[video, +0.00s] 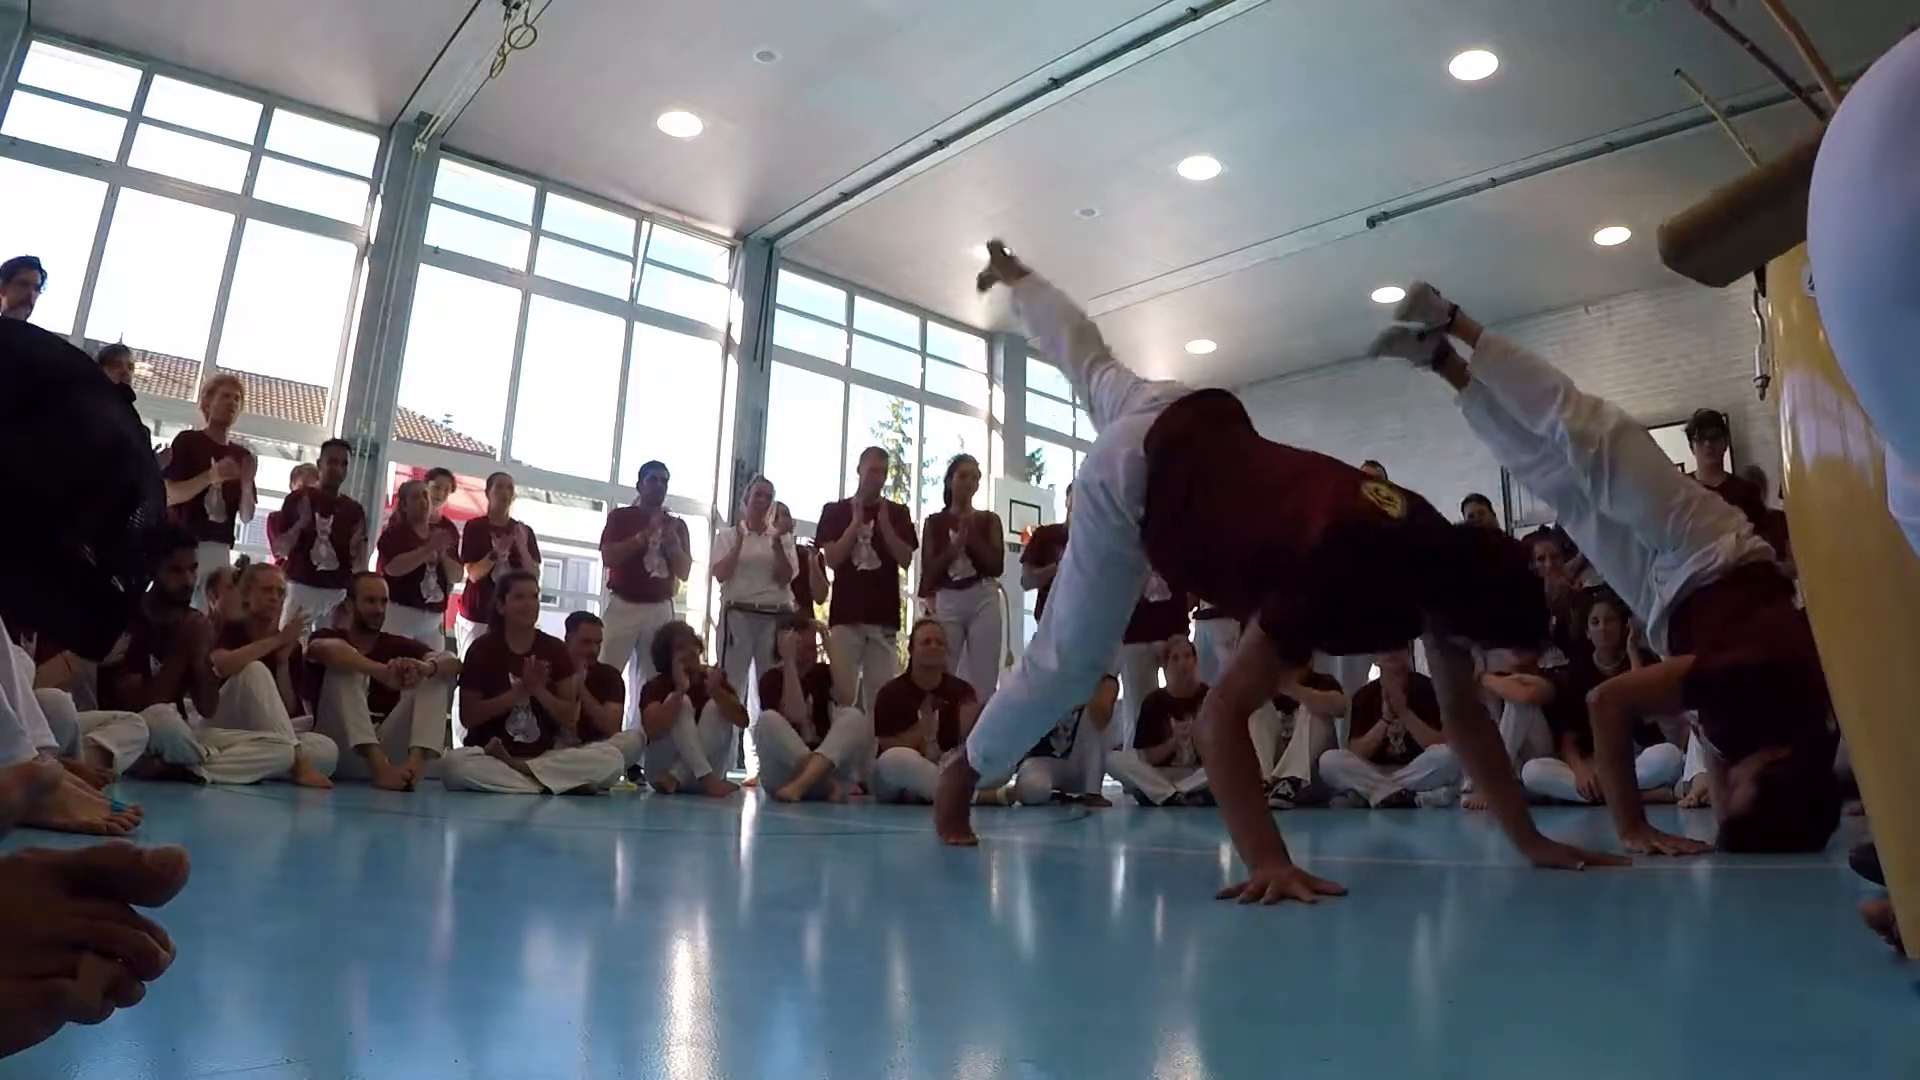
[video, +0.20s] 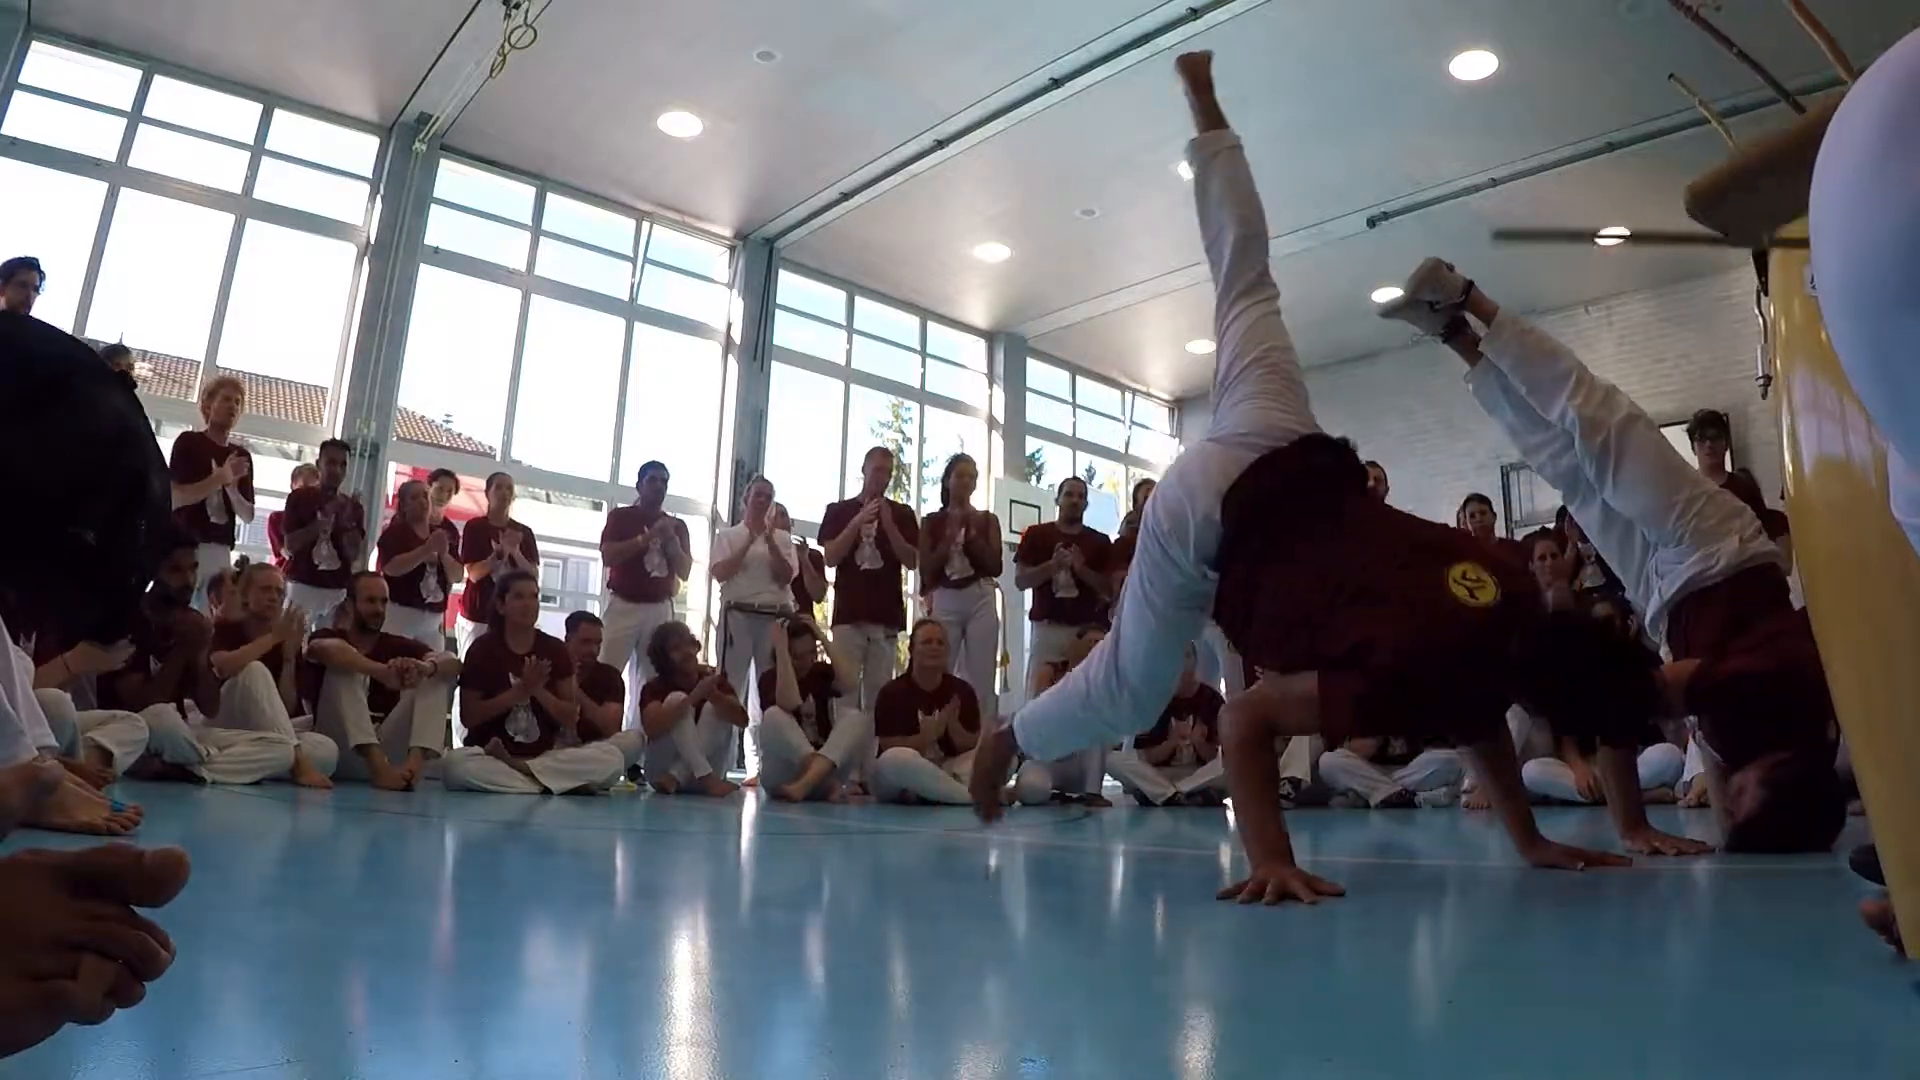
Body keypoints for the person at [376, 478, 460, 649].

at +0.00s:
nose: (424, 502)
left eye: (426, 496)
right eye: (417, 497)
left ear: (431, 500)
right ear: (403, 504)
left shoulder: (440, 534)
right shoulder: (392, 535)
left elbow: (457, 577)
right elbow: (392, 569)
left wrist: (443, 554)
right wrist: (430, 548)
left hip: (434, 615)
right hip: (400, 612)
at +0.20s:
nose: (423, 502)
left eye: (426, 496)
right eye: (415, 498)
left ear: (430, 500)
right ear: (402, 504)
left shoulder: (441, 534)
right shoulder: (394, 533)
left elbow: (457, 576)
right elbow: (390, 569)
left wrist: (443, 554)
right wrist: (427, 549)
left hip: (434, 614)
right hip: (400, 611)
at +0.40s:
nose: (422, 502)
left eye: (426, 496)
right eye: (415, 498)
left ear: (430, 500)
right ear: (402, 504)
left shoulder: (441, 533)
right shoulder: (395, 532)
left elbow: (457, 575)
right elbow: (392, 568)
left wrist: (439, 554)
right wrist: (428, 550)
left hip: (434, 614)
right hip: (400, 610)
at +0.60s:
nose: (423, 501)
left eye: (426, 496)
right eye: (415, 497)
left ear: (431, 500)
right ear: (402, 504)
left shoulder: (440, 532)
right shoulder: (395, 530)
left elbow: (457, 576)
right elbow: (391, 568)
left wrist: (446, 554)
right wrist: (428, 548)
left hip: (434, 614)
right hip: (400, 611)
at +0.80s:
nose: (423, 501)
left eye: (427, 496)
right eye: (416, 497)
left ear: (432, 501)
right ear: (404, 504)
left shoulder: (440, 531)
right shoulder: (394, 528)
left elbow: (457, 575)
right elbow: (392, 568)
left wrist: (441, 555)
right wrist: (429, 548)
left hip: (433, 613)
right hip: (400, 610)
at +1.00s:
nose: (424, 501)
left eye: (428, 496)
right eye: (416, 496)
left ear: (433, 500)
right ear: (405, 502)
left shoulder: (439, 531)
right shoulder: (395, 530)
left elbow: (456, 576)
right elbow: (391, 568)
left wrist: (447, 550)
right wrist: (427, 547)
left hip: (433, 613)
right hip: (400, 609)